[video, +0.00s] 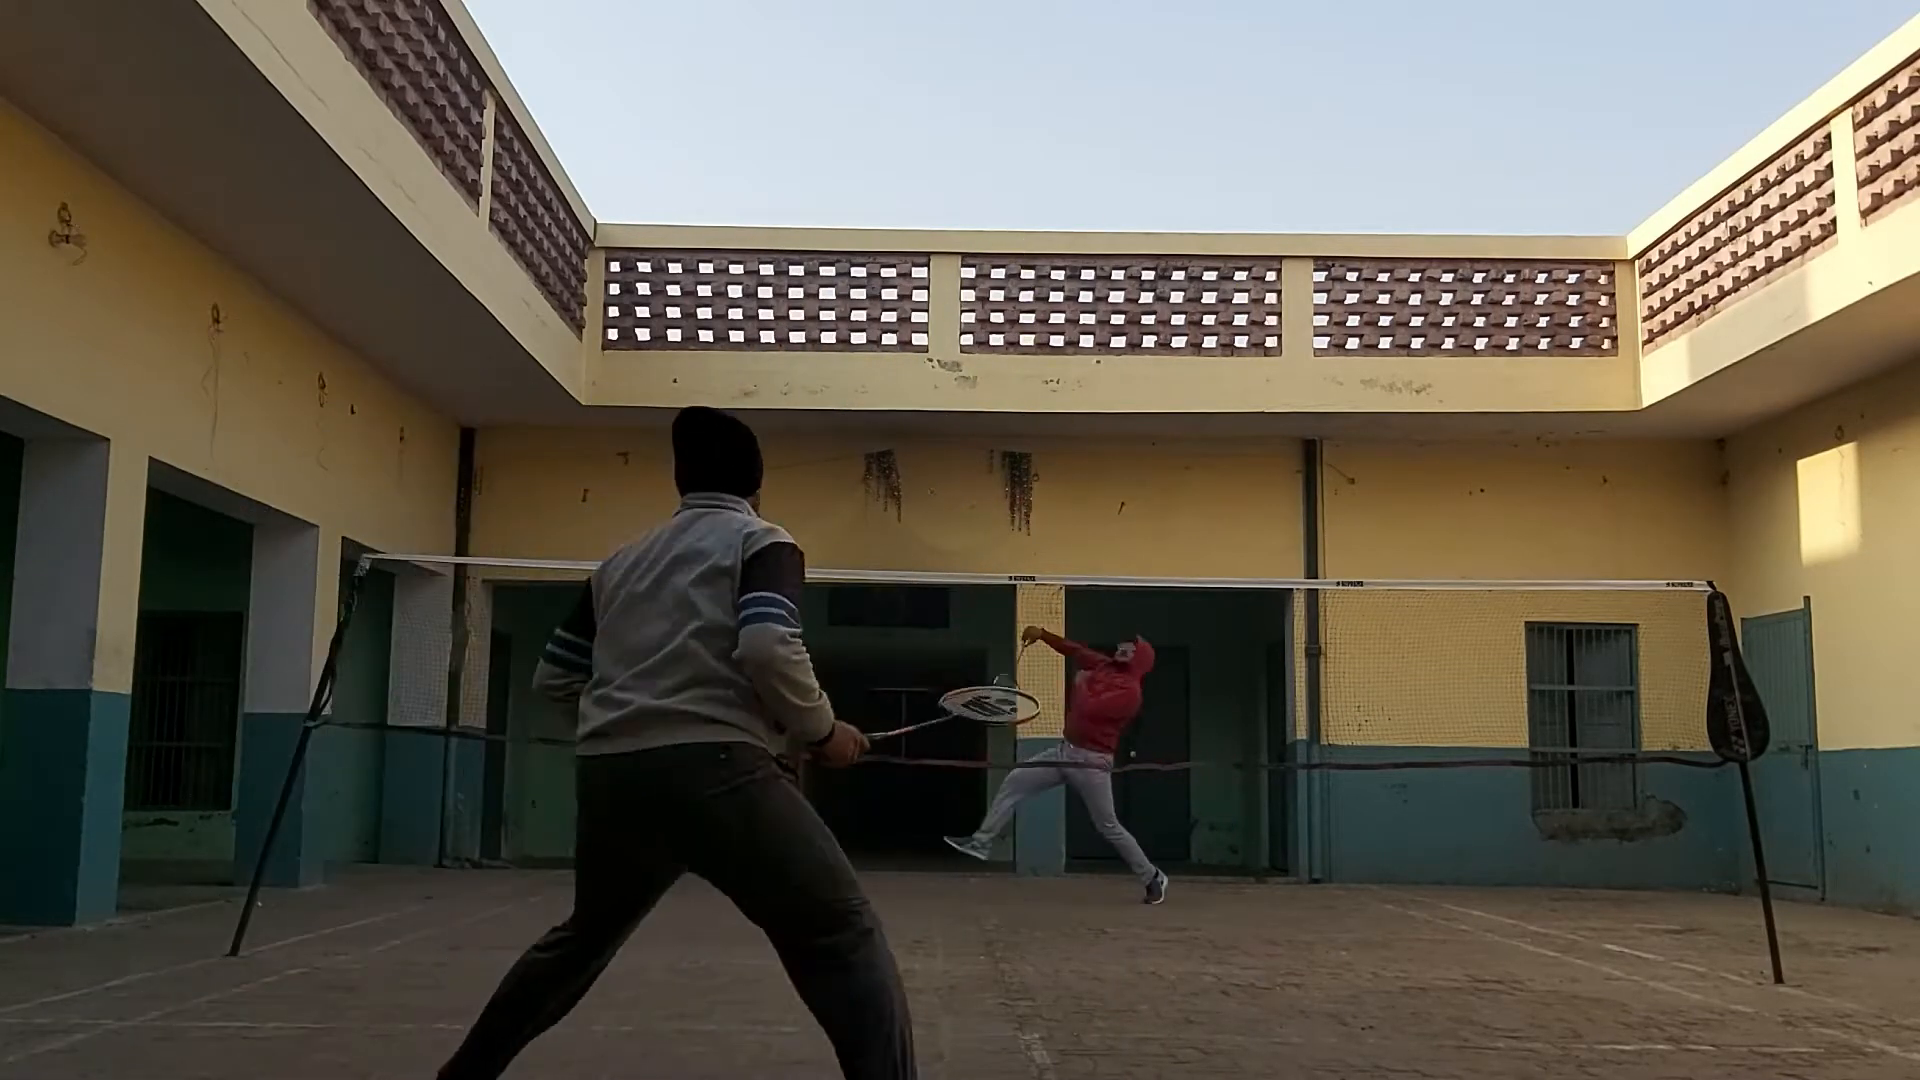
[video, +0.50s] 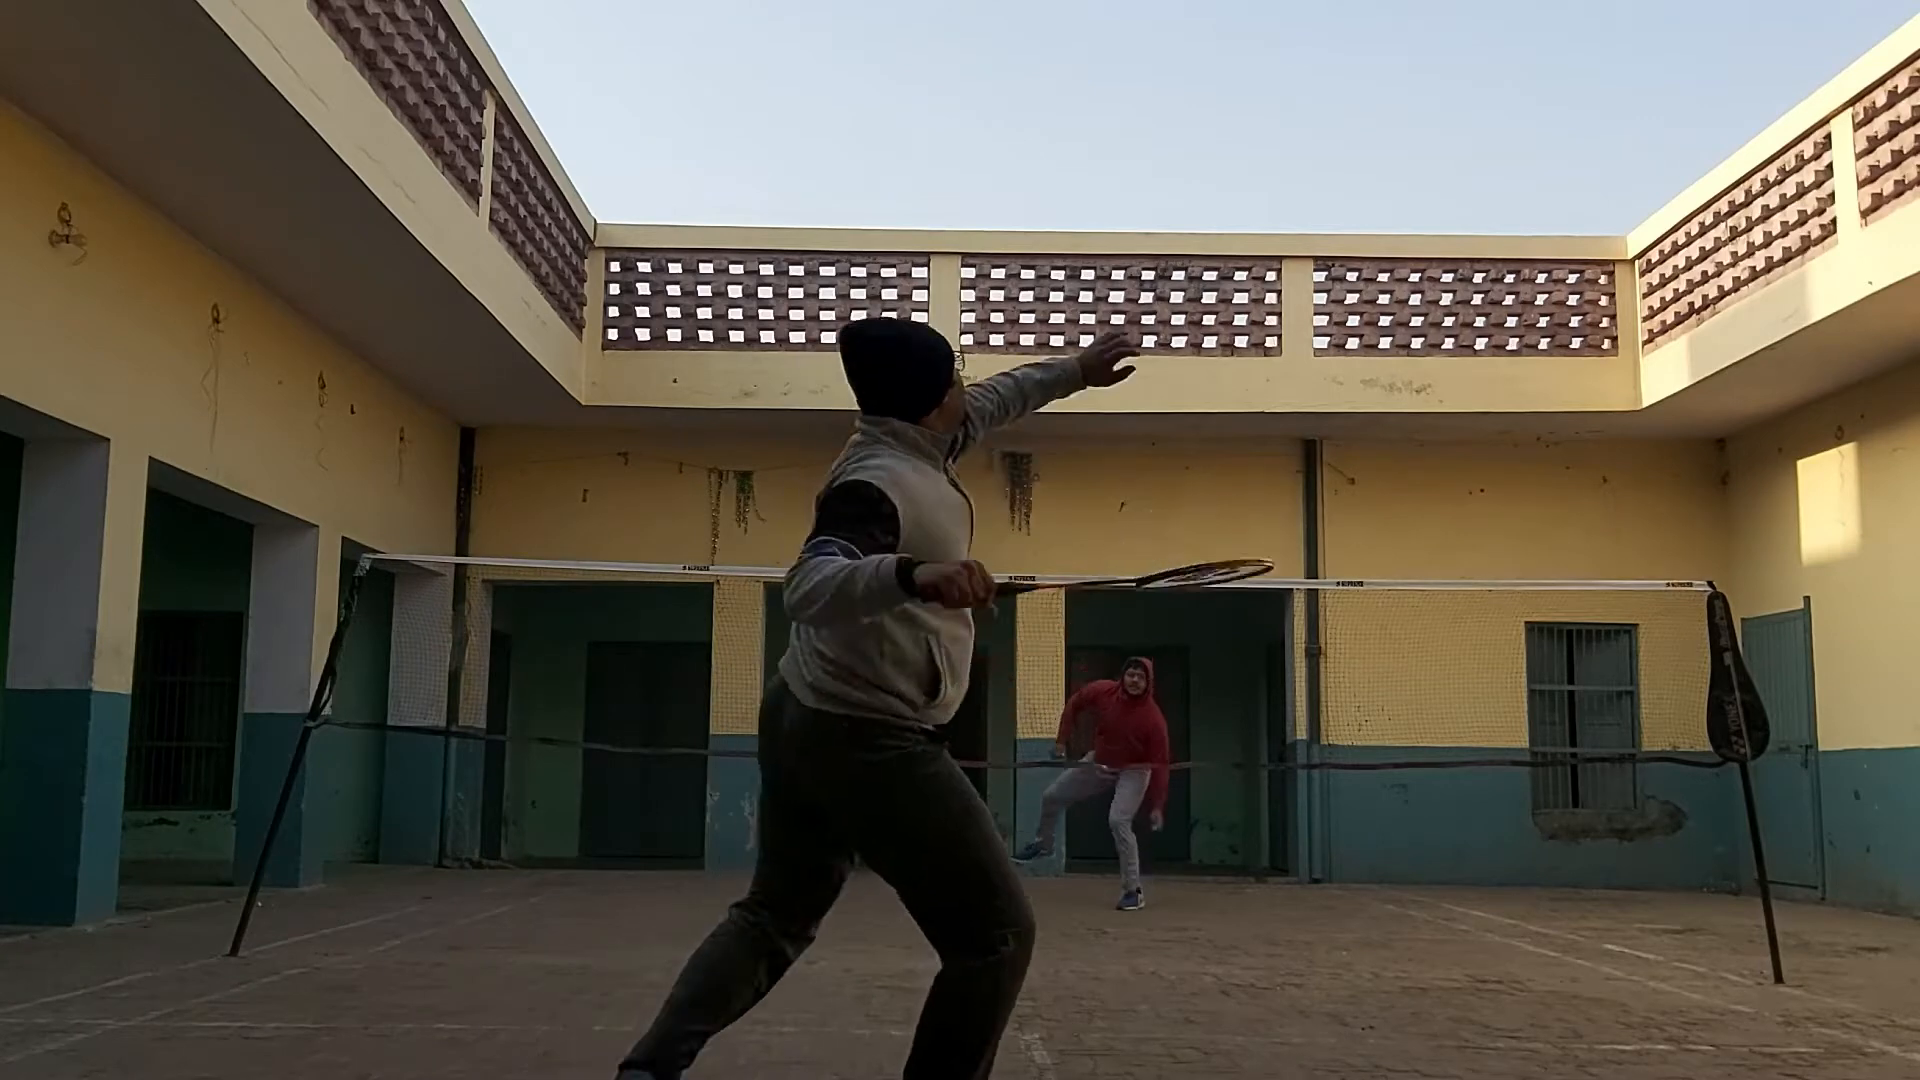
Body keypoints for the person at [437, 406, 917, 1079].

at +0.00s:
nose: (758, 485)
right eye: (757, 475)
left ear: (680, 479)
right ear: (754, 478)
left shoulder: (619, 565)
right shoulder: (761, 542)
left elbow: (554, 676)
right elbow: (766, 647)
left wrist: (632, 712)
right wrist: (825, 728)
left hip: (612, 777)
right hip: (718, 770)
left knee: (587, 931)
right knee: (840, 935)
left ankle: (465, 1070)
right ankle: (886, 1071)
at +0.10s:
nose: (784, 497)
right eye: (782, 485)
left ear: (702, 488)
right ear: (777, 488)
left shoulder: (648, 576)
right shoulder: (780, 552)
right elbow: (807, 669)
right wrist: (900, 717)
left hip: (641, 797)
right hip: (744, 794)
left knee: (634, 944)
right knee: (908, 943)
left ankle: (508, 1075)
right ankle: (907, 1075)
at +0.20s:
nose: (804, 505)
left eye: (800, 489)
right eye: (803, 489)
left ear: (727, 494)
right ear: (794, 494)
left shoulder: (691, 569)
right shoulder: (776, 567)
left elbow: (717, 674)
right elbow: (800, 694)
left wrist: (817, 648)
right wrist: (924, 708)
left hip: (667, 812)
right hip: (754, 808)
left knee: (632, 966)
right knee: (941, 928)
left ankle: (506, 1079)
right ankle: (916, 1075)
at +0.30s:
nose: (852, 460)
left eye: (847, 447)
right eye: (847, 447)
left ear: (774, 466)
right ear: (835, 462)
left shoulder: (763, 534)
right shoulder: (806, 554)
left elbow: (837, 553)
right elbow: (820, 689)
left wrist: (906, 555)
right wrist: (961, 703)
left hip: (722, 783)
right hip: (783, 788)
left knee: (648, 954)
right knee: (966, 926)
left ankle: (516, 1076)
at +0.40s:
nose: (909, 425)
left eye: (904, 412)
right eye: (901, 412)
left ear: (831, 431)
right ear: (882, 429)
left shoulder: (848, 481)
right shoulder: (844, 512)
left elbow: (907, 460)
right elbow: (819, 639)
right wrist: (947, 678)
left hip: (768, 748)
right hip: (827, 756)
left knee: (700, 925)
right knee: (982, 934)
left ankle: (552, 1072)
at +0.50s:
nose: (964, 393)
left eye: (958, 382)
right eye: (953, 383)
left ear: (890, 400)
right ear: (924, 401)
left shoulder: (916, 445)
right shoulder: (874, 479)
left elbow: (997, 399)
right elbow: (810, 585)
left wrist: (1079, 368)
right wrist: (912, 576)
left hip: (808, 722)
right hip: (872, 736)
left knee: (776, 913)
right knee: (996, 935)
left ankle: (651, 1063)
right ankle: (938, 1079)